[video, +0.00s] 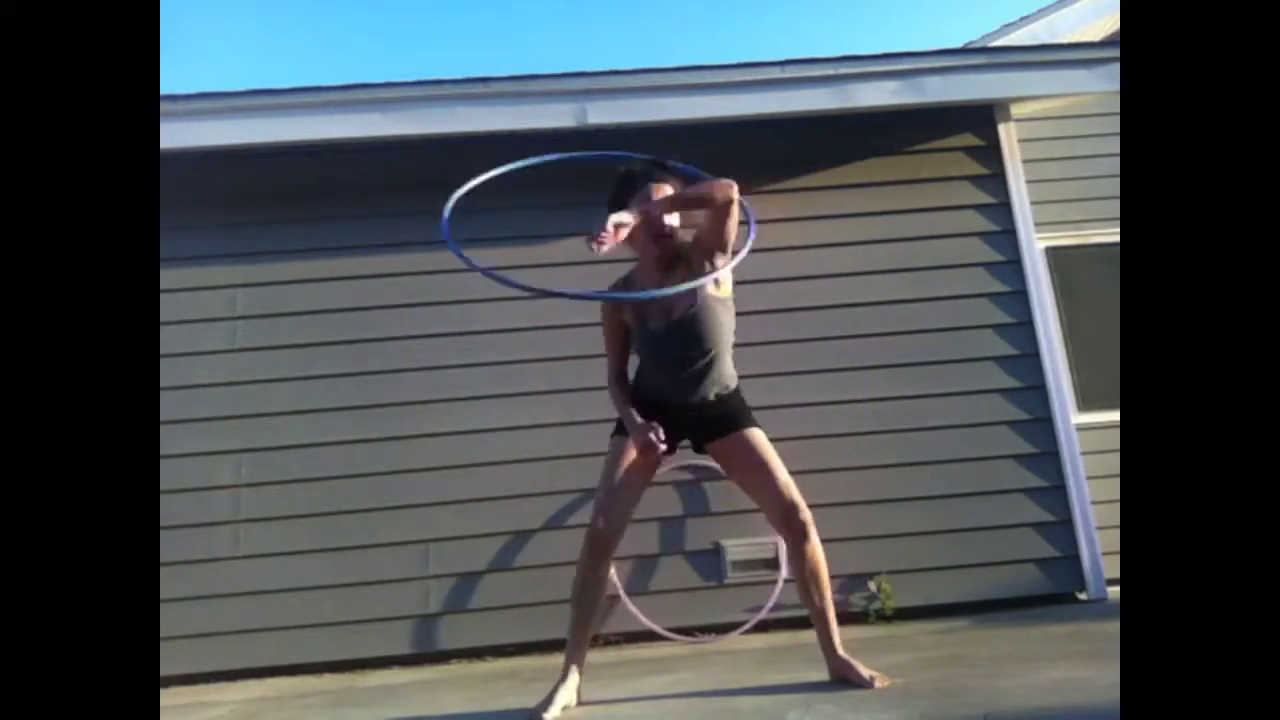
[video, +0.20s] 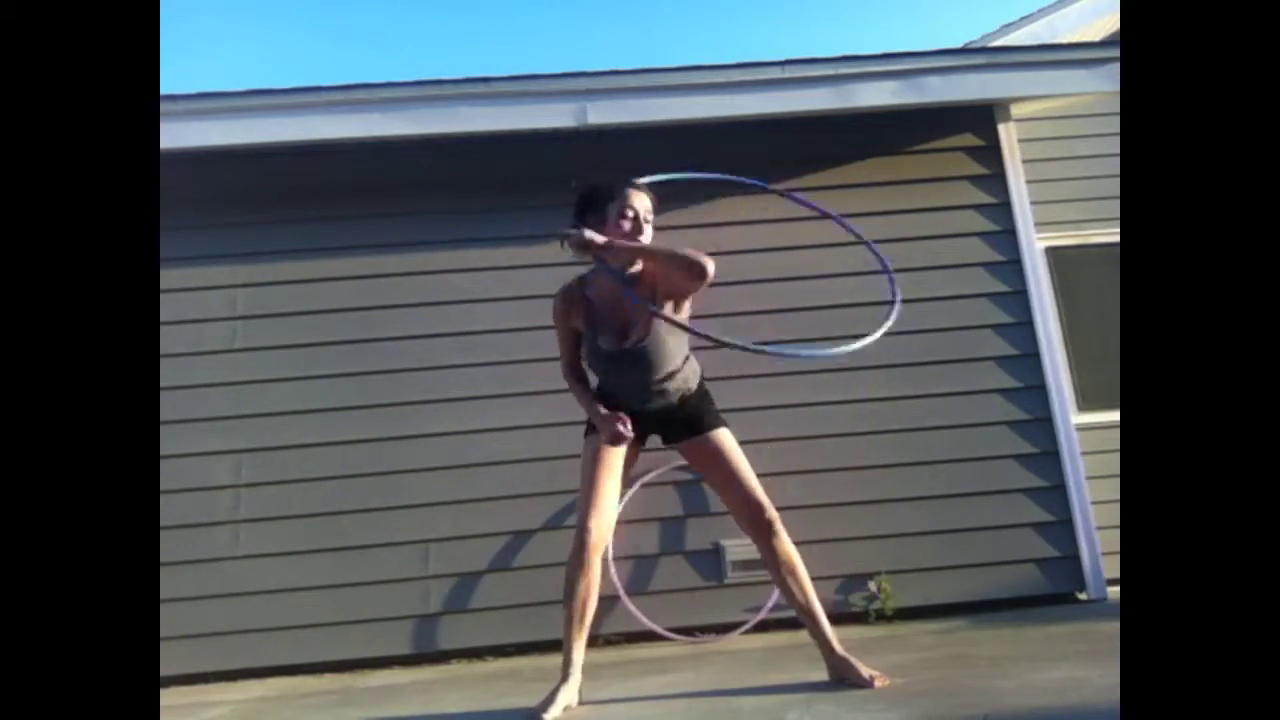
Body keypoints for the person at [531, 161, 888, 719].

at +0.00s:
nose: (662, 220)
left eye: (669, 207)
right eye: (646, 211)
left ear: (684, 212)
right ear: (626, 227)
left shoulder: (709, 258)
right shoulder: (620, 298)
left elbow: (727, 192)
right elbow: (617, 377)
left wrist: (647, 210)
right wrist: (634, 421)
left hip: (721, 409)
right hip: (653, 415)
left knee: (797, 519)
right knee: (601, 533)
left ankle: (835, 655)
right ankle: (570, 674)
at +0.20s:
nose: (638, 230)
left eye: (645, 222)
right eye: (625, 219)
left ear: (654, 231)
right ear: (594, 230)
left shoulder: (665, 280)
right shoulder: (574, 299)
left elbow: (702, 269)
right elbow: (571, 366)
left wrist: (621, 250)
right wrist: (596, 411)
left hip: (686, 403)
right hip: (618, 414)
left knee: (764, 520)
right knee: (589, 537)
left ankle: (835, 655)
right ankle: (569, 680)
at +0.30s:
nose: (633, 240)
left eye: (640, 230)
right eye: (619, 230)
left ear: (647, 234)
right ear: (584, 237)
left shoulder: (665, 291)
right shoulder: (558, 300)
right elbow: (546, 371)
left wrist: (620, 296)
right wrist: (594, 394)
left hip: (671, 405)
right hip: (603, 413)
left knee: (753, 518)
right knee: (578, 537)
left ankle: (833, 655)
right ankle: (568, 681)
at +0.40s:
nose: (635, 243)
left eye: (641, 232)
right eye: (621, 234)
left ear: (648, 234)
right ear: (586, 240)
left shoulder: (663, 297)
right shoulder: (558, 291)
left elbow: (664, 396)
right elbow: (545, 380)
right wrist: (584, 355)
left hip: (662, 407)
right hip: (596, 411)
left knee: (748, 520)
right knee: (571, 542)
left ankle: (830, 656)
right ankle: (568, 680)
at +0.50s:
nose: (649, 235)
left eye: (655, 223)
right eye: (635, 225)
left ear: (663, 226)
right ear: (606, 233)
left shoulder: (680, 293)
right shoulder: (575, 280)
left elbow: (693, 388)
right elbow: (544, 342)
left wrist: (644, 427)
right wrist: (587, 284)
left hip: (668, 411)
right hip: (600, 415)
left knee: (753, 518)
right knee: (568, 543)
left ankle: (828, 657)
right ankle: (567, 682)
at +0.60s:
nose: (676, 225)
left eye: (682, 215)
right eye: (662, 216)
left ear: (689, 220)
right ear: (635, 223)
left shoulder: (704, 285)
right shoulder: (605, 262)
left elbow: (722, 375)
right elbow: (539, 262)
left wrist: (663, 412)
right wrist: (602, 229)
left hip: (683, 409)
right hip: (612, 408)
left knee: (760, 514)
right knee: (583, 537)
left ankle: (828, 655)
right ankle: (566, 683)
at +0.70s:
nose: (705, 226)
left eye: (712, 216)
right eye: (693, 217)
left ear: (721, 222)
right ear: (668, 223)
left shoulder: (734, 284)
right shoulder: (639, 256)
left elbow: (742, 369)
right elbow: (580, 197)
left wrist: (687, 394)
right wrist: (652, 208)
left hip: (705, 403)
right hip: (634, 400)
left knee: (777, 514)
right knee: (598, 537)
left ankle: (833, 656)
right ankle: (568, 681)